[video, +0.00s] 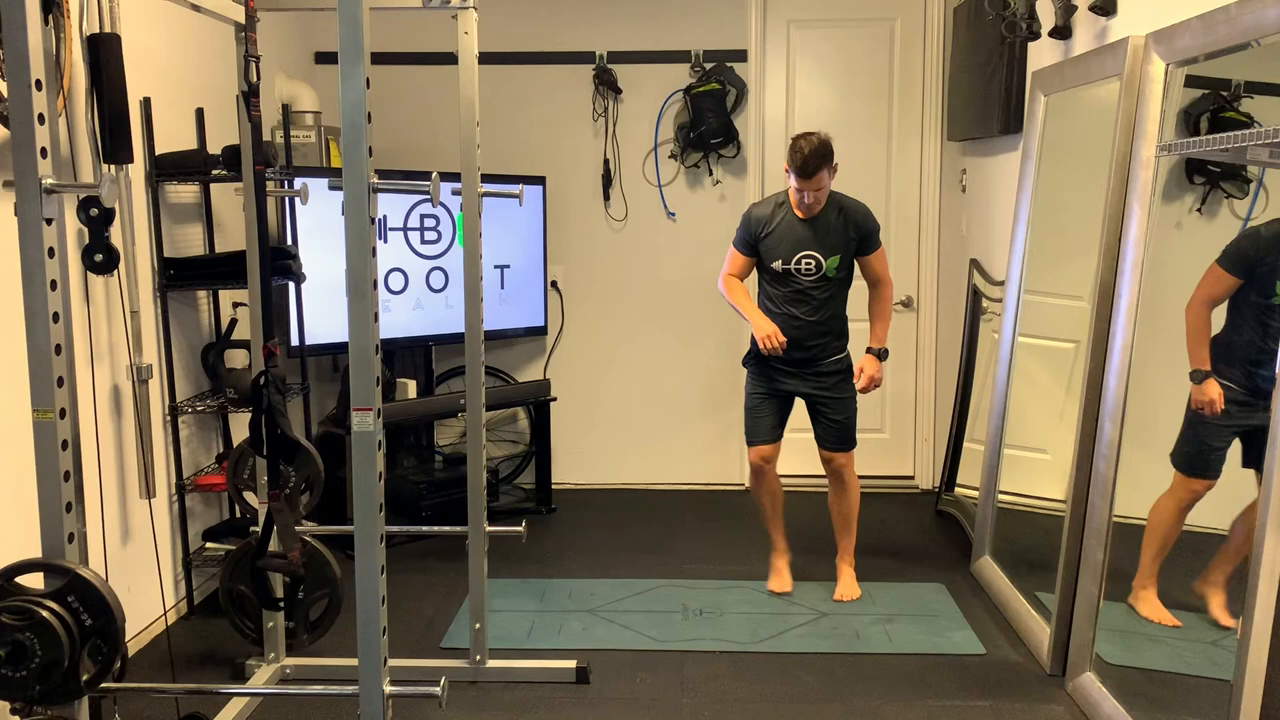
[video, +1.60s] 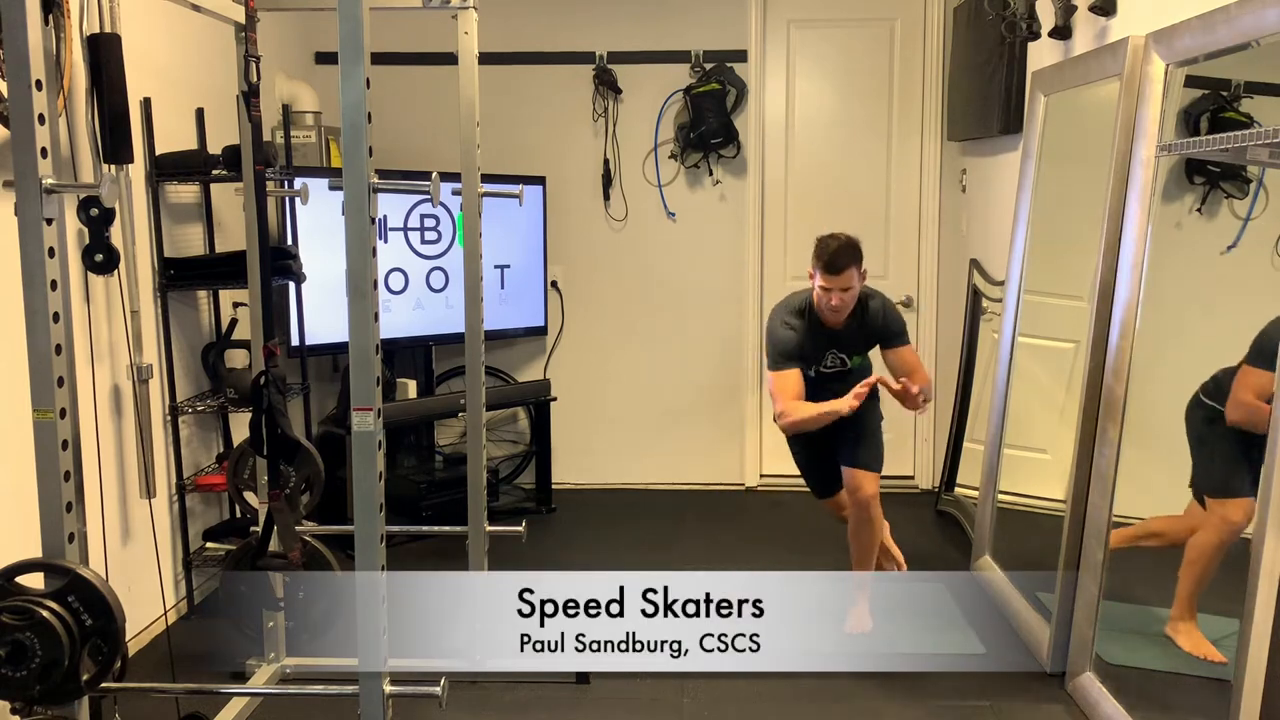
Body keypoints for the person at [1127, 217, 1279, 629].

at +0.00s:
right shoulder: (1262, 240)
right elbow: (1200, 303)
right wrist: (1201, 374)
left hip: (1271, 400)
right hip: (1225, 388)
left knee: (1273, 499)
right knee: (1189, 487)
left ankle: (1214, 579)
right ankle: (1143, 587)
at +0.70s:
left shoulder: (1275, 255)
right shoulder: (1277, 253)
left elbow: (1230, 309)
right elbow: (1230, 310)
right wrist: (1227, 380)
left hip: (1265, 399)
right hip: (1255, 395)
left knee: (1222, 498)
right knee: (1221, 495)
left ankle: (1183, 611)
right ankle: (1182, 612)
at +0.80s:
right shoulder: (1275, 255)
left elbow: (1223, 314)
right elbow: (1222, 314)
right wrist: (1219, 386)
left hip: (1268, 404)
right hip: (1251, 397)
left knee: (1223, 498)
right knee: (1222, 495)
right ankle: (1182, 616)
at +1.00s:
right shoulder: (1270, 270)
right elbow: (1209, 331)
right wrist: (1211, 408)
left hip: (1265, 406)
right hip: (1221, 393)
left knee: (1274, 501)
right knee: (1214, 495)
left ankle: (1244, 592)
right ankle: (1181, 617)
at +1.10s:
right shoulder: (1270, 278)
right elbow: (1206, 345)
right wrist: (1215, 421)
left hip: (1263, 402)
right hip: (1219, 389)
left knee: (1265, 505)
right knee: (1213, 499)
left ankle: (1206, 572)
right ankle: (1180, 619)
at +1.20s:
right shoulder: (1269, 287)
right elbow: (1207, 362)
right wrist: (1230, 428)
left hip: (1258, 398)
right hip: (1215, 388)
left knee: (1243, 514)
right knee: (1216, 504)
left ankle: (1160, 547)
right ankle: (1182, 619)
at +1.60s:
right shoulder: (1275, 334)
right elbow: (1239, 411)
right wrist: (1279, 423)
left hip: (1250, 425)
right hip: (1218, 413)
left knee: (1197, 524)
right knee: (1233, 514)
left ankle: (1107, 538)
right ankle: (1181, 620)